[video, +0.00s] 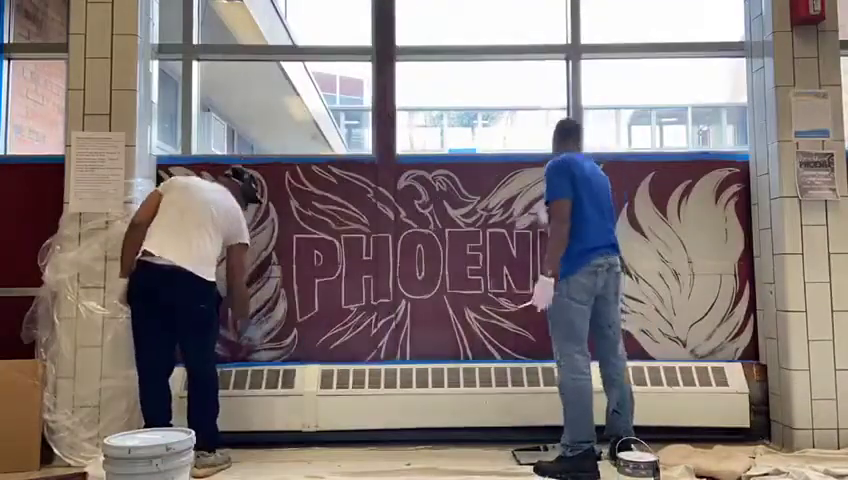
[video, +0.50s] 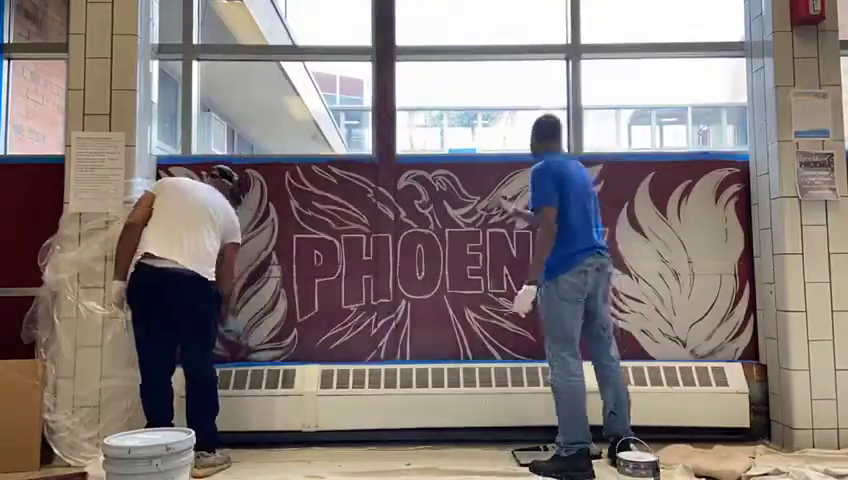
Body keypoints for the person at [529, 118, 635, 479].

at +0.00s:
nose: (556, 149)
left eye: (554, 142)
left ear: (555, 142)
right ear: (580, 142)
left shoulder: (559, 165)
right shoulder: (596, 170)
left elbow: (560, 223)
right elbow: (598, 221)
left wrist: (547, 276)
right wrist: (548, 219)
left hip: (577, 272)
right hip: (610, 268)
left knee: (572, 358)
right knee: (612, 353)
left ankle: (578, 450)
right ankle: (621, 435)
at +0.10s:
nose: (538, 160)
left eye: (537, 154)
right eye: (541, 153)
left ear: (540, 151)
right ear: (564, 146)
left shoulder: (547, 171)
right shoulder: (594, 172)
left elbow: (554, 227)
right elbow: (608, 221)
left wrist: (538, 282)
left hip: (577, 269)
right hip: (615, 264)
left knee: (565, 357)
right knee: (616, 350)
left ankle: (578, 451)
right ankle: (625, 434)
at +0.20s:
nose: (571, 144)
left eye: (569, 138)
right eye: (582, 137)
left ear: (571, 137)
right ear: (598, 139)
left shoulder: (561, 169)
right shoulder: (613, 173)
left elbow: (552, 226)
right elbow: (613, 224)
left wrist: (534, 278)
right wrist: (609, 261)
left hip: (572, 273)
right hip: (610, 270)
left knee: (566, 359)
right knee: (615, 355)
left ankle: (573, 449)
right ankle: (621, 435)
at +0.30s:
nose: (573, 144)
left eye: (570, 139)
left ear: (571, 139)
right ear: (598, 141)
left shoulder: (561, 168)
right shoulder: (613, 175)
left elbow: (551, 224)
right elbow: (617, 227)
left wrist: (534, 274)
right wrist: (604, 258)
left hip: (573, 270)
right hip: (610, 268)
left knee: (569, 358)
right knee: (613, 352)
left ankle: (574, 450)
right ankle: (621, 436)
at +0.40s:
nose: (564, 144)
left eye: (561, 138)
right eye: (576, 138)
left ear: (559, 138)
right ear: (586, 139)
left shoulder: (555, 170)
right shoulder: (600, 171)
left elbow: (550, 226)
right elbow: (607, 222)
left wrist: (533, 275)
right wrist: (608, 255)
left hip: (569, 270)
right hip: (605, 267)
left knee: (566, 359)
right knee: (611, 354)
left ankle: (574, 450)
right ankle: (621, 435)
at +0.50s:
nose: (531, 149)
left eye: (531, 143)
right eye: (538, 142)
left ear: (533, 142)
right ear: (560, 140)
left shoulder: (543, 170)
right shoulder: (577, 167)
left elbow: (548, 228)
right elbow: (576, 218)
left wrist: (531, 282)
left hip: (566, 271)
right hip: (598, 265)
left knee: (563, 358)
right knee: (604, 349)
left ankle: (573, 451)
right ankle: (620, 434)